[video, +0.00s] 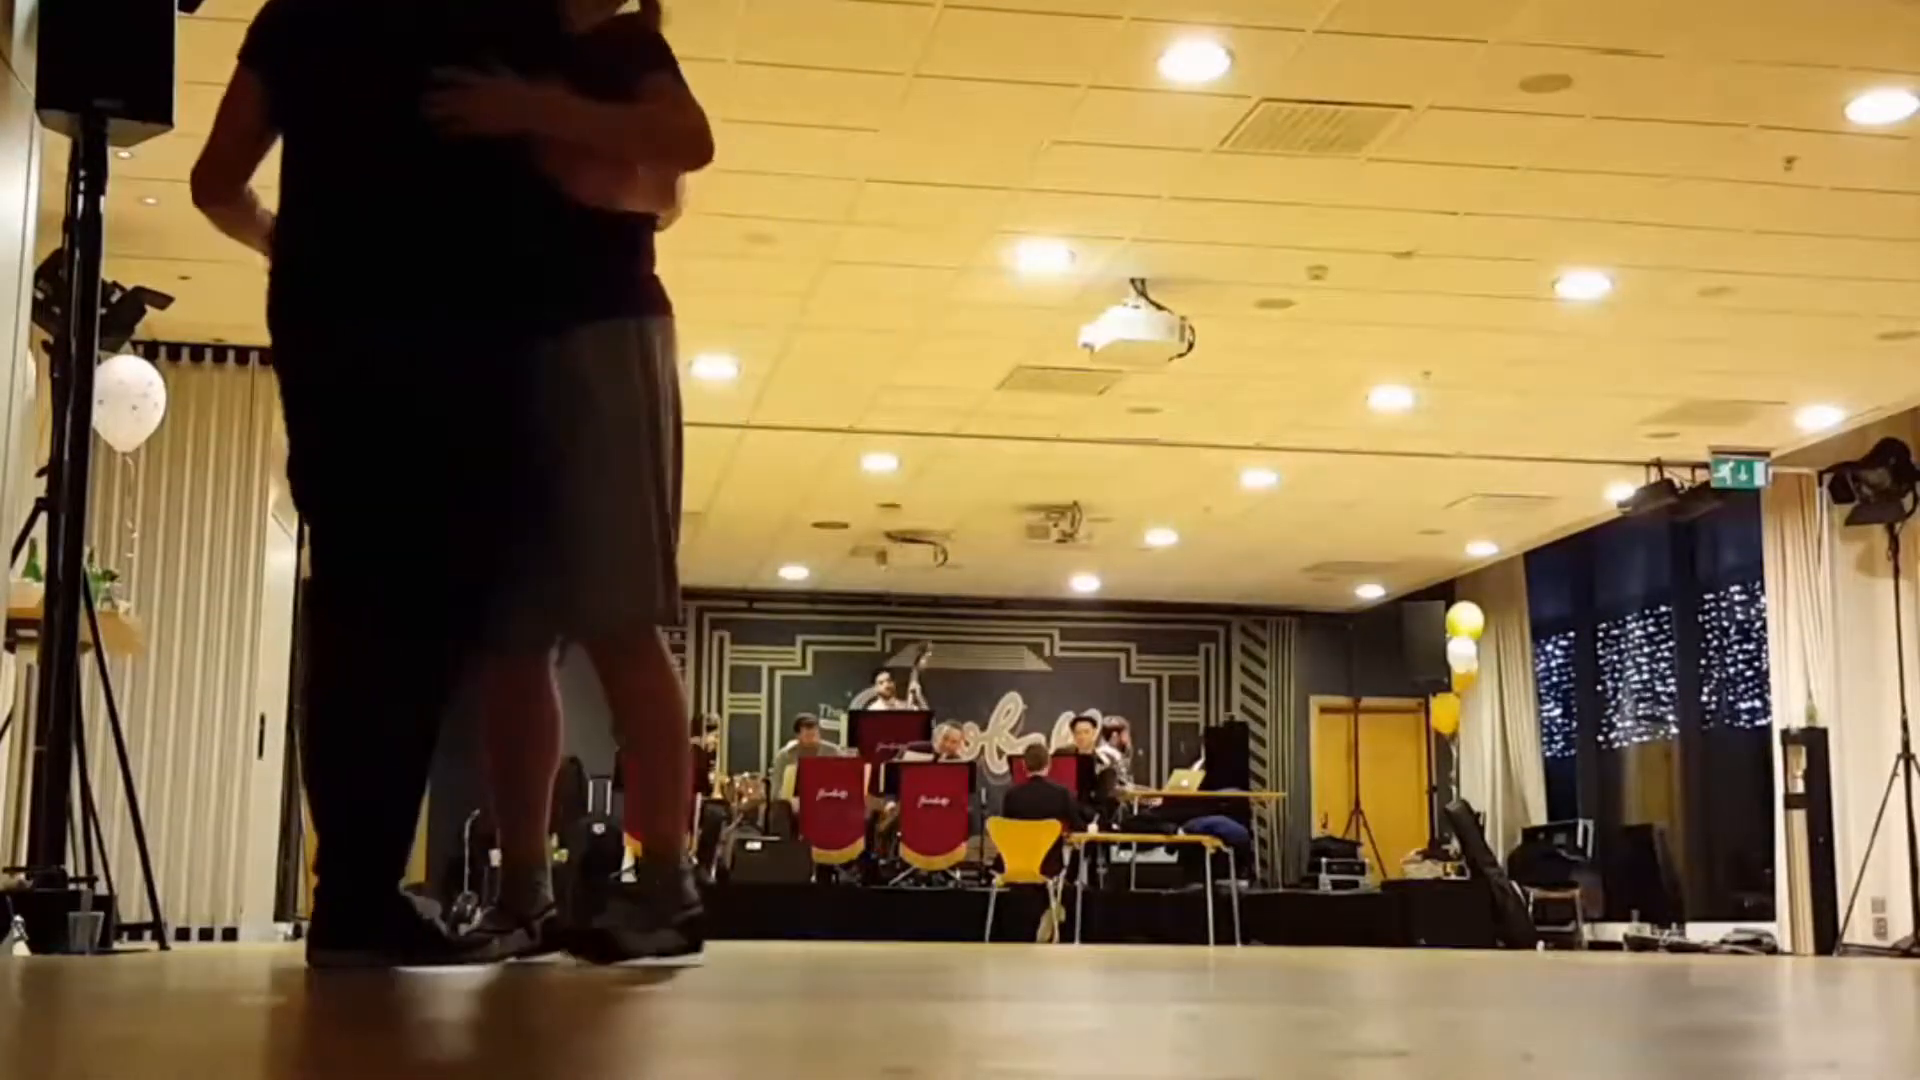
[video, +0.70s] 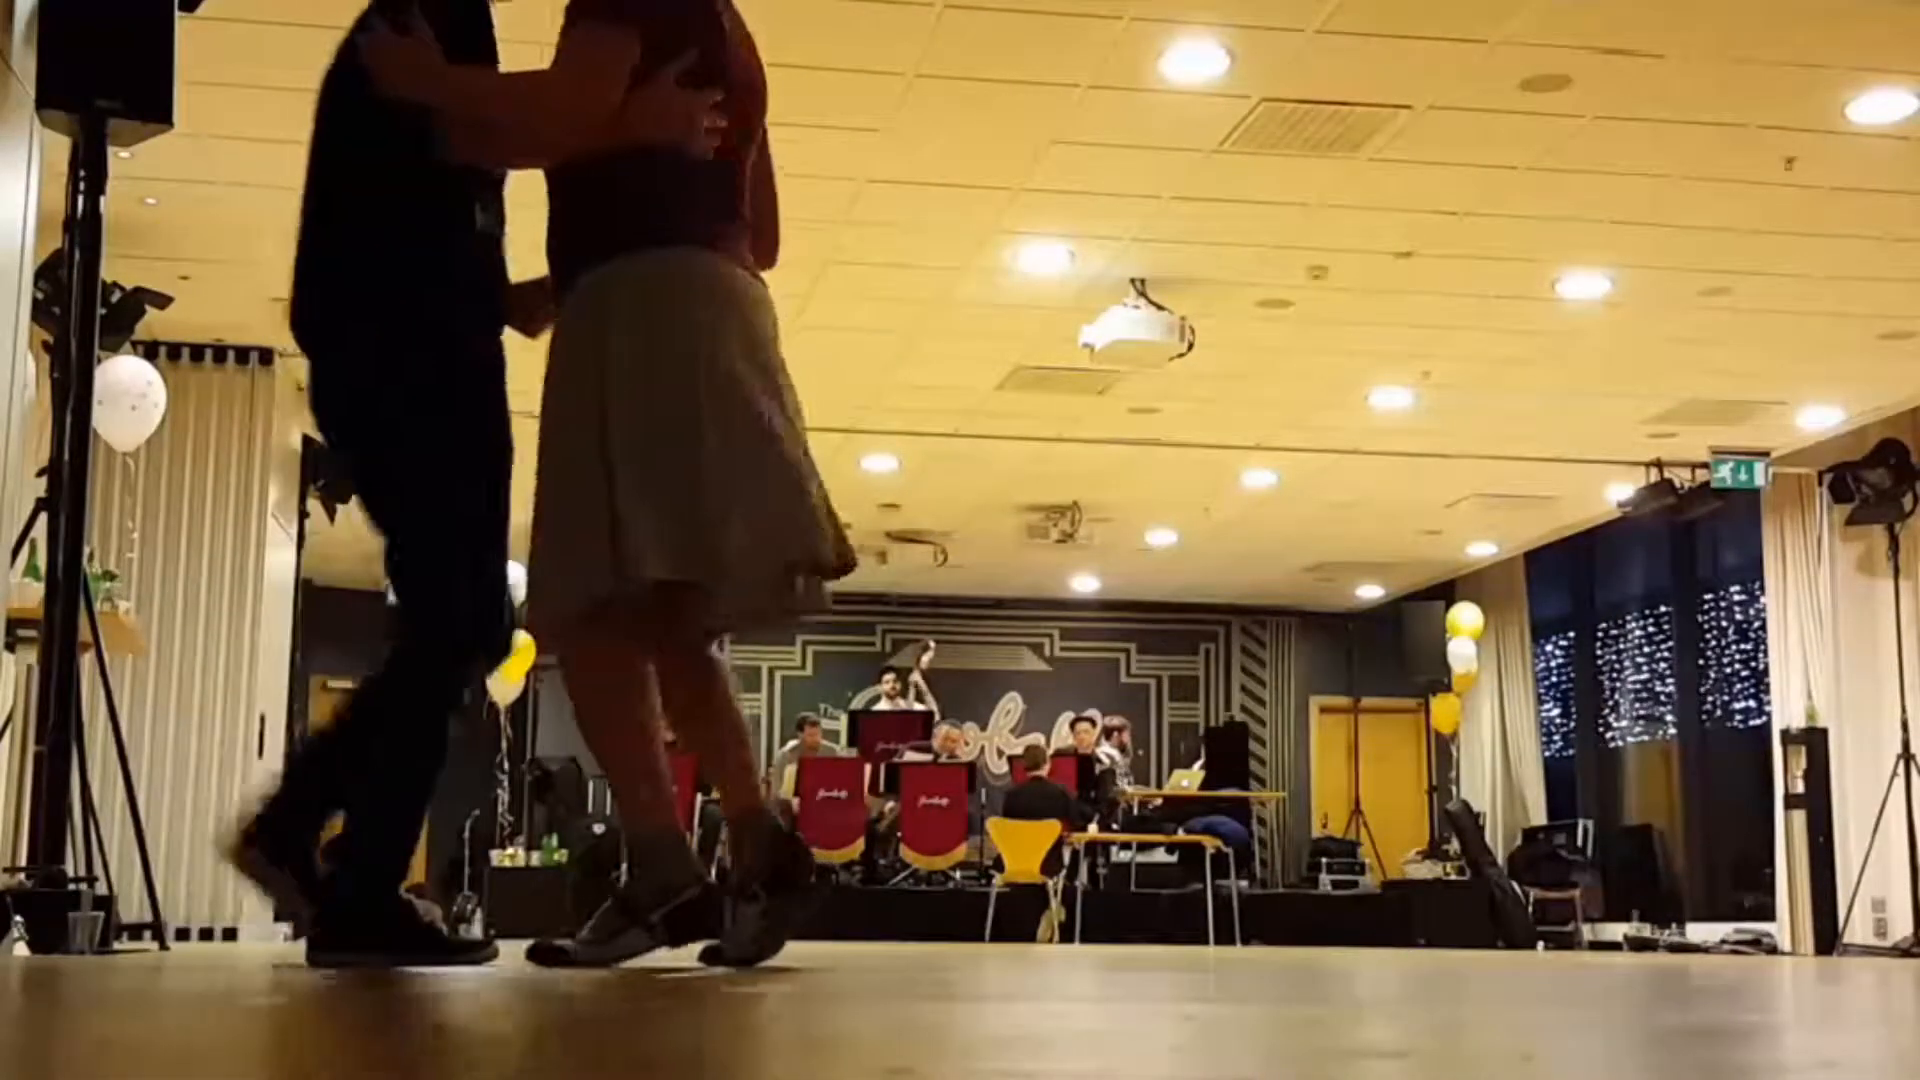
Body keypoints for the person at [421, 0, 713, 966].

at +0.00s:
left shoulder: (612, 33)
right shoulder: (447, 56)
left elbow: (689, 139)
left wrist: (532, 106)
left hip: (599, 338)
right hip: (478, 344)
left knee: (621, 621)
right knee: (509, 633)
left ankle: (664, 888)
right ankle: (524, 896)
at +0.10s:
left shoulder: (626, 22)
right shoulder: (508, 51)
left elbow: (678, 129)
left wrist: (518, 107)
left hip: (611, 334)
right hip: (509, 336)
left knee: (610, 622)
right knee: (518, 630)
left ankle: (647, 896)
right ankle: (523, 896)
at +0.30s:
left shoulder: (653, 22)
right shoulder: (653, 58)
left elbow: (634, 126)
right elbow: (625, 259)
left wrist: (470, 97)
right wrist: (493, 294)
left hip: (644, 335)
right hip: (631, 340)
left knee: (600, 620)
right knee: (593, 622)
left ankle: (642, 899)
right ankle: (633, 895)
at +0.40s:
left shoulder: (660, 8)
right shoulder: (679, 42)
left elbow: (616, 116)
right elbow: (651, 246)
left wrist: (459, 94)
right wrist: (511, 271)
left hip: (659, 321)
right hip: (643, 329)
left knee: (638, 619)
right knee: (630, 621)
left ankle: (647, 899)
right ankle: (761, 830)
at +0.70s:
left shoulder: (620, 4)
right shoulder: (727, 38)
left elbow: (575, 113)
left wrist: (429, 83)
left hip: (638, 312)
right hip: (717, 316)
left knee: (579, 609)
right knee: (676, 619)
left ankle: (658, 867)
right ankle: (762, 850)